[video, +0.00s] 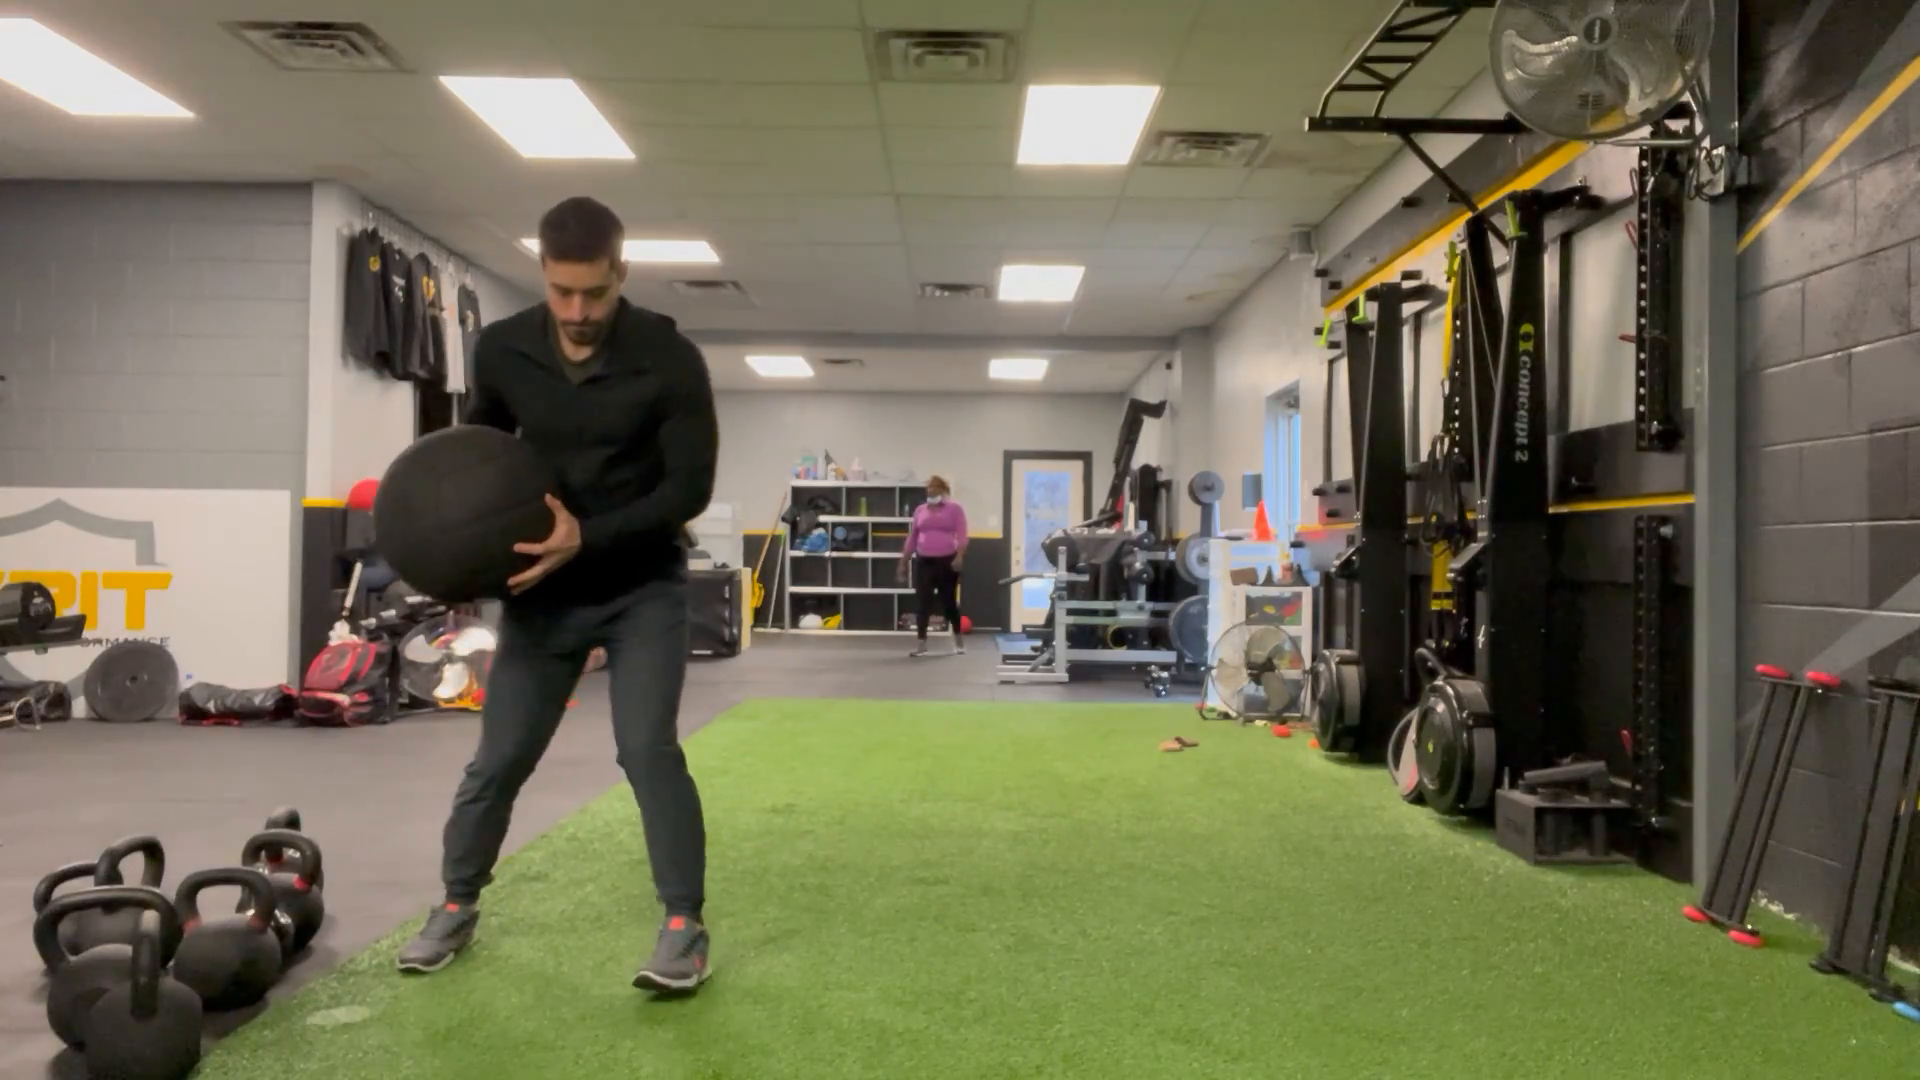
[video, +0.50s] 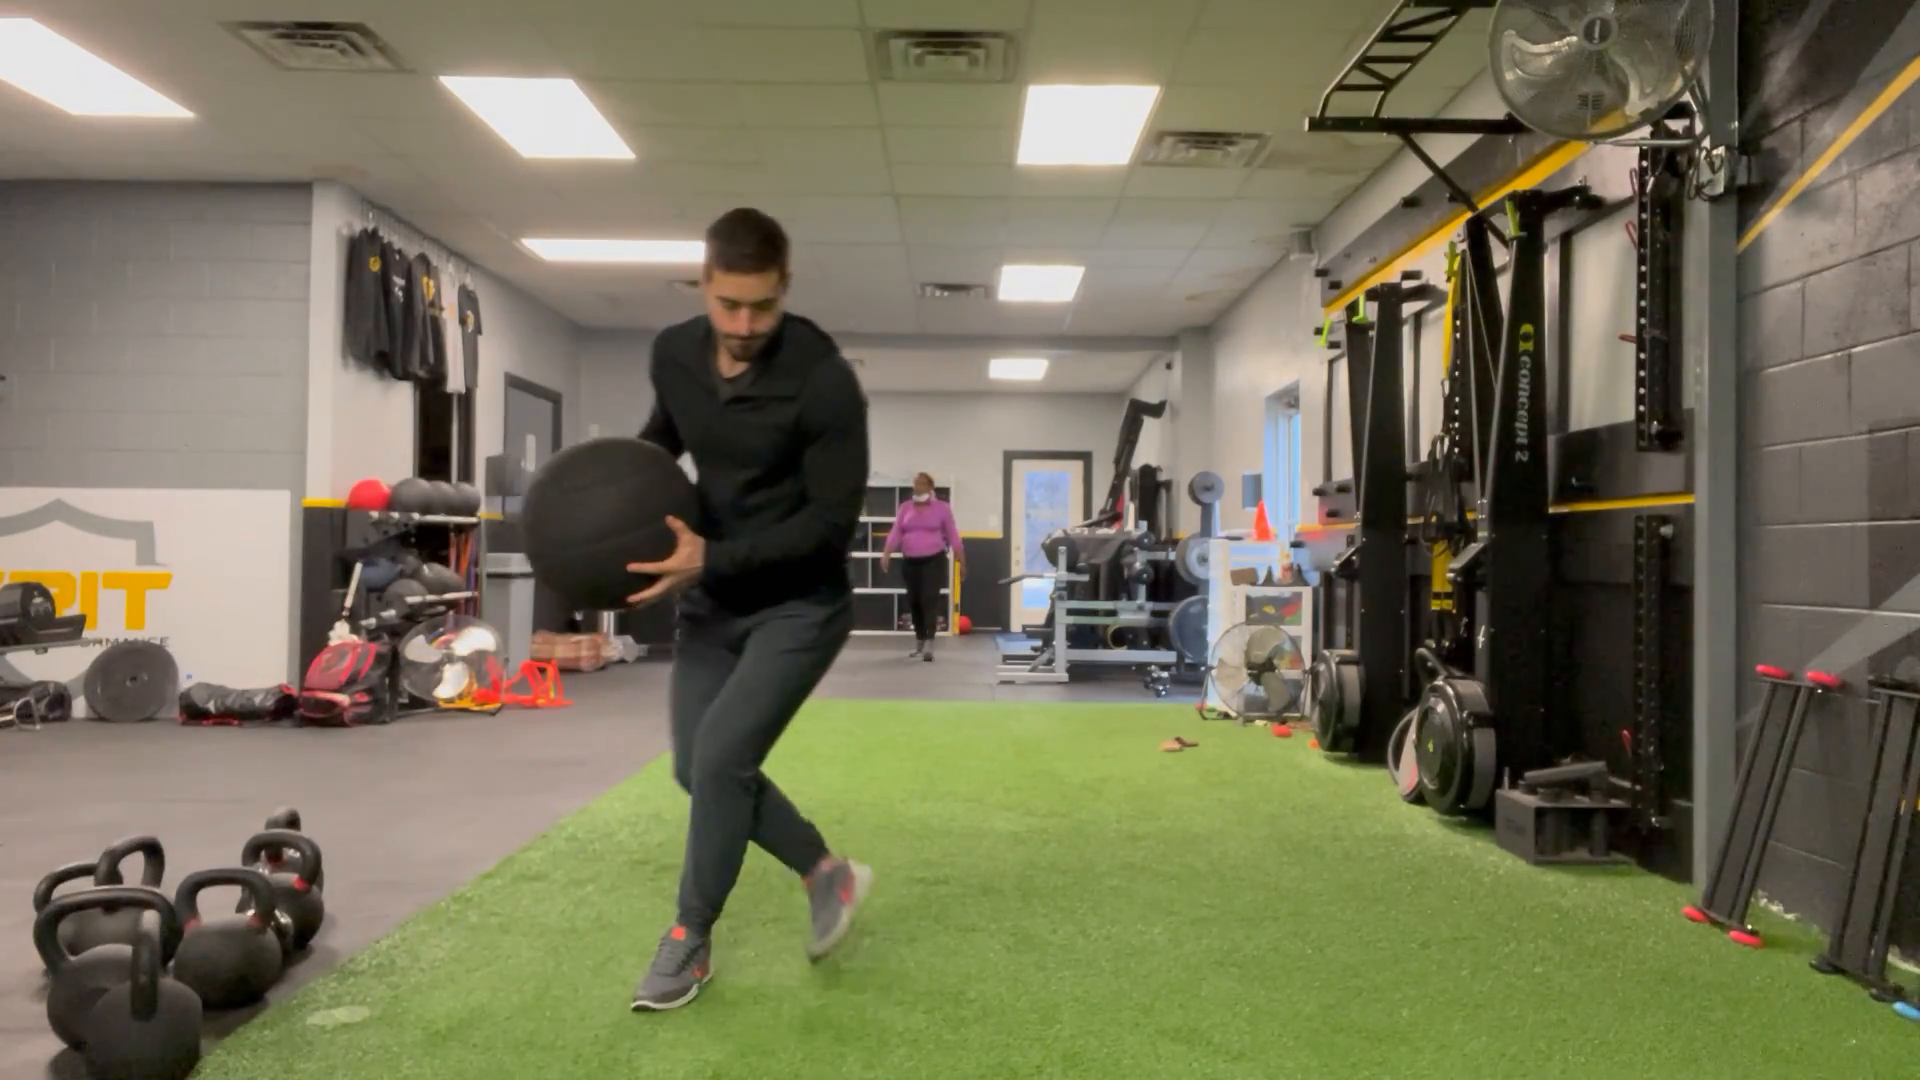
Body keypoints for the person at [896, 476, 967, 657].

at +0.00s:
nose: (930, 491)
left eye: (934, 487)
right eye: (929, 488)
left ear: (943, 490)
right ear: (927, 490)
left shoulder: (954, 509)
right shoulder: (920, 510)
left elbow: (962, 535)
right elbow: (912, 537)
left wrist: (959, 555)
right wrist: (904, 560)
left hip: (947, 559)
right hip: (924, 559)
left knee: (948, 601)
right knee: (923, 600)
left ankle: (957, 636)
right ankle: (921, 642)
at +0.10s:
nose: (926, 489)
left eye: (930, 486)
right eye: (924, 486)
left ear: (938, 488)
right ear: (922, 488)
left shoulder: (949, 508)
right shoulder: (915, 509)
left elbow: (957, 534)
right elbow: (907, 535)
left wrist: (957, 558)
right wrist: (898, 558)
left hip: (942, 557)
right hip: (919, 557)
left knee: (943, 598)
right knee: (920, 599)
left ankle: (954, 631)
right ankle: (921, 641)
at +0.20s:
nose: (924, 488)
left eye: (928, 485)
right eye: (922, 485)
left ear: (935, 487)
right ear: (918, 486)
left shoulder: (947, 507)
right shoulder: (911, 508)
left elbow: (954, 535)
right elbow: (902, 533)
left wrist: (956, 561)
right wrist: (892, 556)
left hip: (939, 555)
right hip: (916, 556)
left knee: (938, 596)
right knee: (918, 599)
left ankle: (945, 632)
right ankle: (921, 641)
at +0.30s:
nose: (921, 488)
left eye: (925, 485)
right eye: (919, 485)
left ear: (932, 486)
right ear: (915, 486)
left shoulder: (944, 507)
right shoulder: (908, 506)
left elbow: (953, 535)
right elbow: (898, 531)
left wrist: (957, 563)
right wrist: (888, 554)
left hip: (937, 555)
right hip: (914, 556)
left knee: (934, 596)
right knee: (917, 598)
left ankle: (937, 635)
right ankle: (920, 642)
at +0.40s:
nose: (919, 490)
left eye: (923, 486)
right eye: (917, 486)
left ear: (931, 487)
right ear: (914, 486)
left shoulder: (943, 507)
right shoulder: (906, 507)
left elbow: (952, 533)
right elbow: (897, 531)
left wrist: (958, 557)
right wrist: (886, 552)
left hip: (935, 557)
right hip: (912, 557)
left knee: (931, 598)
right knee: (915, 600)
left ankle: (932, 641)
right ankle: (920, 642)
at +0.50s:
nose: (919, 493)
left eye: (923, 489)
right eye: (916, 489)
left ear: (930, 489)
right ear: (913, 489)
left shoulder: (942, 508)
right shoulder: (905, 508)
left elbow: (952, 534)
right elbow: (896, 532)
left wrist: (961, 559)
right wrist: (886, 553)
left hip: (934, 558)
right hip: (911, 559)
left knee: (929, 599)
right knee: (914, 600)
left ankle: (929, 641)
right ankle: (920, 639)